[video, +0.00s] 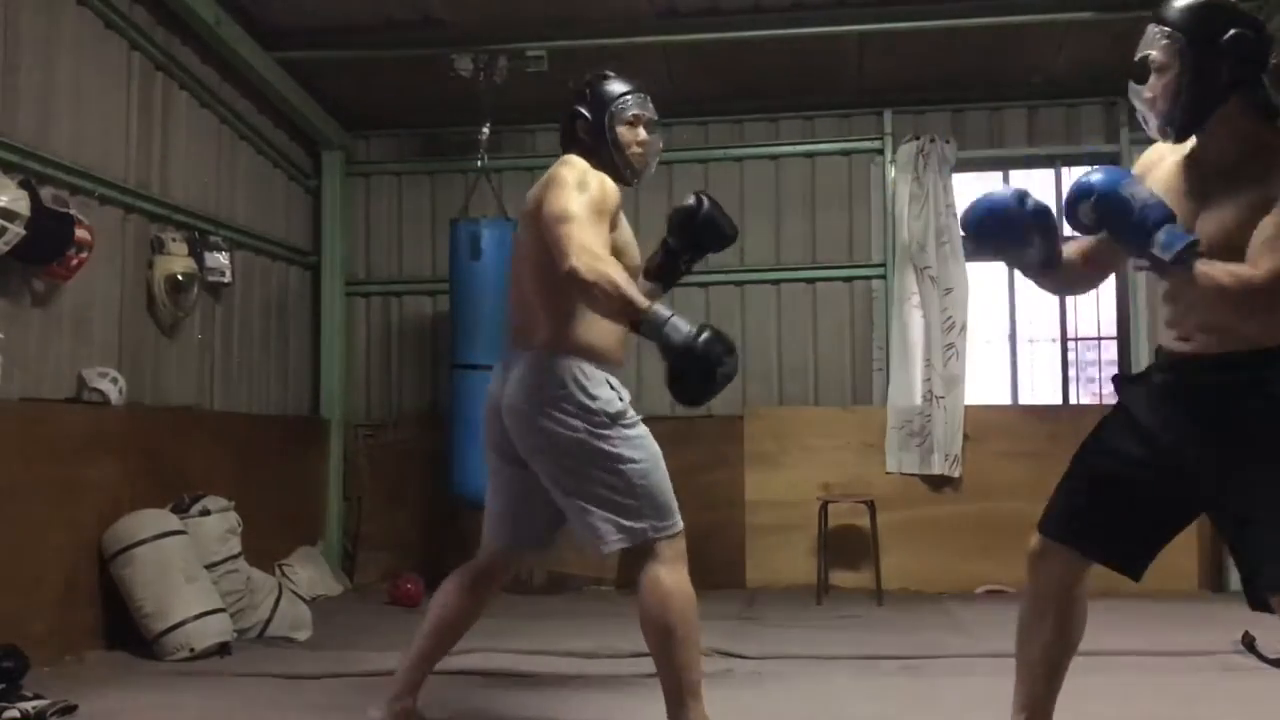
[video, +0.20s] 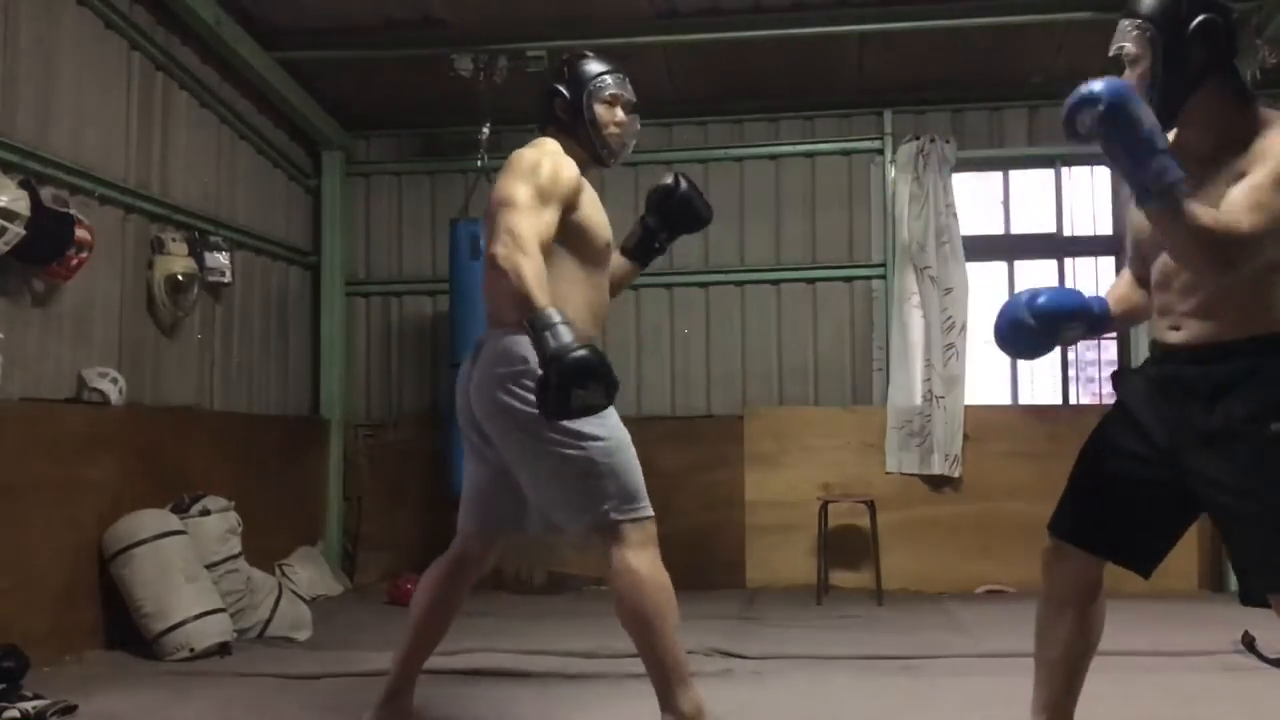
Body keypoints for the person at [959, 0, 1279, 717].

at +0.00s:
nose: (1139, 88)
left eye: (1152, 69)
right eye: (1139, 71)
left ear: (1217, 70)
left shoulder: (1273, 167)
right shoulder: (1159, 166)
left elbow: (1266, 297)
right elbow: (1077, 275)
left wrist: (1166, 252)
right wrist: (1031, 249)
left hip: (1260, 395)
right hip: (1166, 394)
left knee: (1279, 595)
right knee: (1056, 552)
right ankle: (1031, 715)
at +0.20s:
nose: (1121, 81)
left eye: (1131, 63)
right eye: (1118, 66)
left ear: (1189, 57)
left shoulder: (1273, 144)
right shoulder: (1151, 161)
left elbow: (1225, 253)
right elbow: (1142, 281)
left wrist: (1148, 166)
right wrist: (1082, 312)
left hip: (1257, 387)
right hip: (1163, 389)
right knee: (1070, 553)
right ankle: (1050, 715)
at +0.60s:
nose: (1077, 83)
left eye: (1088, 64)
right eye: (1076, 67)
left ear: (1143, 59)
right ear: (1130, 65)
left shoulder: (1245, 136)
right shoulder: (1130, 162)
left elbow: (1215, 265)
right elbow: (1063, 280)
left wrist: (1119, 197)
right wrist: (1004, 251)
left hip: (1233, 385)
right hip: (1134, 387)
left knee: (1275, 580)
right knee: (1051, 545)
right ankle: (1046, 719)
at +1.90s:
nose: (1171, 111)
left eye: (1187, 92)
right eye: (1166, 97)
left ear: (1242, 93)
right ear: (1162, 100)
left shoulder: (1276, 191)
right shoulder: (1183, 185)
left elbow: (1222, 280)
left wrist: (1155, 168)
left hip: (1274, 402)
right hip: (1204, 404)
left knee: (1272, 570)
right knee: (1078, 563)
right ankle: (1045, 717)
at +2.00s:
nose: (1232, 80)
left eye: (1252, 65)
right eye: (1229, 64)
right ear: (1223, 78)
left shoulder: (1278, 169)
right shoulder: (1219, 177)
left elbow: (1206, 177)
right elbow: (1109, 220)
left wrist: (1176, 93)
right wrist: (1025, 185)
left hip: (1273, 407)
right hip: (1220, 409)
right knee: (1078, 556)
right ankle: (1046, 716)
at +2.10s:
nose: (1262, 106)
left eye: (1270, 96)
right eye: (1265, 94)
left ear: (1275, 103)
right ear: (1265, 103)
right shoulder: (1262, 194)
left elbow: (1224, 132)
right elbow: (1157, 246)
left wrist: (1180, 45)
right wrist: (1070, 231)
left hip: (1265, 401)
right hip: (1252, 402)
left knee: (1100, 559)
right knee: (1099, 559)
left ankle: (1054, 709)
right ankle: (1053, 712)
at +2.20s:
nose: (1269, 100)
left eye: (1278, 86)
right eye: (1263, 87)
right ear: (1252, 97)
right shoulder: (1254, 183)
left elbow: (1265, 223)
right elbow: (1205, 305)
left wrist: (1210, 130)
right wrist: (1143, 287)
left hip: (1268, 387)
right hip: (1251, 389)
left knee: (1105, 540)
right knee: (1098, 540)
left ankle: (1109, 709)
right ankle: (1108, 711)